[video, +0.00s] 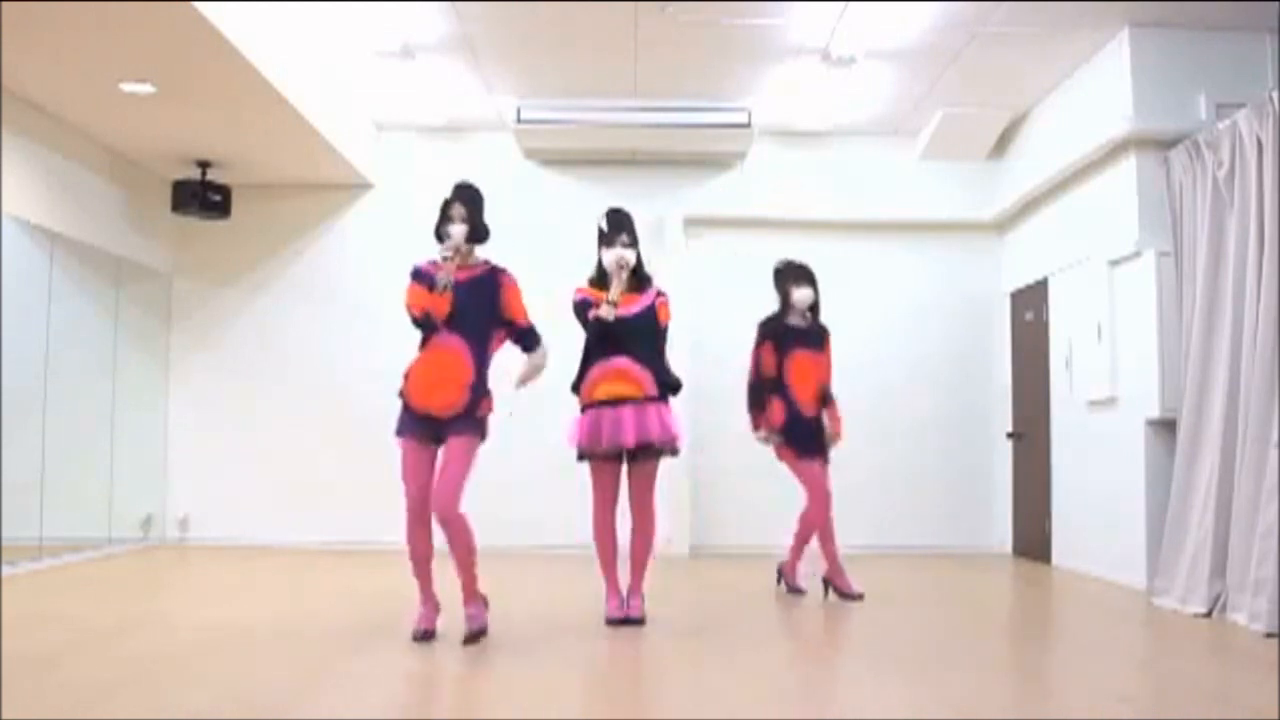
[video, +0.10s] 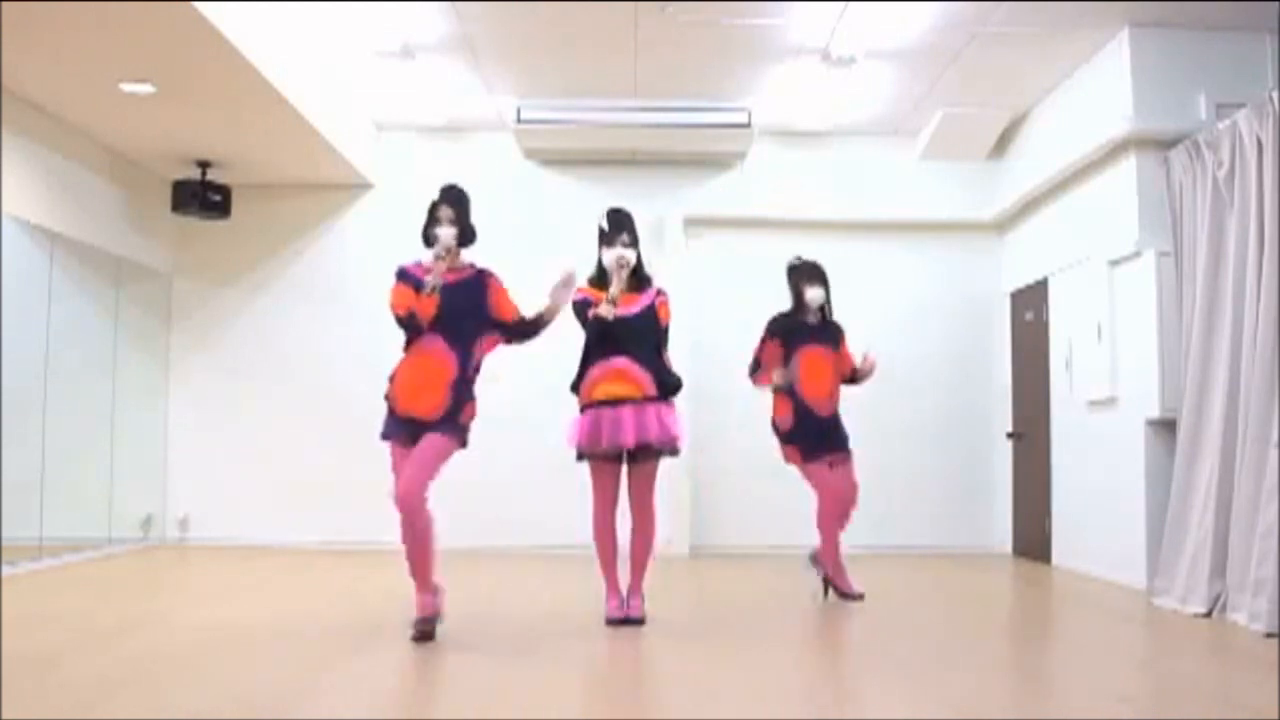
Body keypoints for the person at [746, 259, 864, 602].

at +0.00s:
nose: (805, 293)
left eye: (808, 286)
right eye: (797, 286)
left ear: (815, 290)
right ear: (784, 291)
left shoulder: (820, 333)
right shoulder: (771, 330)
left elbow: (823, 382)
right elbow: (761, 380)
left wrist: (832, 417)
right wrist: (762, 420)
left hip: (814, 421)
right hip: (784, 422)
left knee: (820, 495)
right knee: (818, 491)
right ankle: (833, 569)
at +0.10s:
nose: (815, 292)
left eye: (819, 284)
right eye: (807, 286)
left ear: (826, 288)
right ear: (796, 290)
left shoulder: (832, 330)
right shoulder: (782, 327)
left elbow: (842, 373)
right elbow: (757, 373)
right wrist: (778, 376)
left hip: (828, 419)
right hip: (796, 422)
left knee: (847, 492)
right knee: (830, 491)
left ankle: (825, 553)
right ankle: (834, 566)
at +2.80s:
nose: (862, 260)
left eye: (867, 252)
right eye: (853, 254)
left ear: (877, 256)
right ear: (840, 260)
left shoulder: (892, 301)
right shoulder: (829, 300)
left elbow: (934, 330)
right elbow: (839, 337)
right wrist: (860, 295)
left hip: (888, 407)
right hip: (846, 407)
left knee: (886, 499)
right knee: (855, 498)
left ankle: (887, 596)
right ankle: (856, 596)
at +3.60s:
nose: (839, 268)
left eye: (844, 260)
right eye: (840, 261)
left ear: (860, 263)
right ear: (874, 264)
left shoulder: (868, 305)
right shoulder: (869, 303)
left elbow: (815, 346)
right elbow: (838, 349)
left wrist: (778, 325)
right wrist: (816, 313)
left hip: (906, 410)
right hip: (893, 409)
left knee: (880, 498)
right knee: (876, 500)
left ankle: (906, 593)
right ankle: (873, 592)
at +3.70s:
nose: (828, 281)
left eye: (833, 274)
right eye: (831, 274)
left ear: (845, 279)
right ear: (865, 279)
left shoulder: (858, 320)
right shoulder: (868, 316)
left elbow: (799, 358)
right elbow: (831, 362)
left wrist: (767, 332)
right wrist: (811, 326)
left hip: (908, 417)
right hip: (912, 413)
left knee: (874, 500)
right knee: (888, 505)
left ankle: (905, 591)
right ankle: (876, 591)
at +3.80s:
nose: (821, 289)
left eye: (826, 281)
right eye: (822, 282)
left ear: (838, 284)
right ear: (859, 284)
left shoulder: (852, 326)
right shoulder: (863, 320)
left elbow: (797, 370)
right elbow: (832, 366)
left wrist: (769, 336)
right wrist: (809, 335)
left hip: (911, 417)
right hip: (918, 414)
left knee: (871, 498)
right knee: (891, 507)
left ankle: (902, 589)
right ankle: (875, 591)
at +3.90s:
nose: (822, 289)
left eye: (826, 282)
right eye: (824, 282)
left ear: (839, 286)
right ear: (859, 285)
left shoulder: (849, 326)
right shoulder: (867, 320)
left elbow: (799, 367)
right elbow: (838, 364)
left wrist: (756, 349)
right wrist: (812, 335)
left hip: (908, 419)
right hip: (919, 416)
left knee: (871, 499)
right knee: (890, 509)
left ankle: (902, 590)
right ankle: (875, 593)